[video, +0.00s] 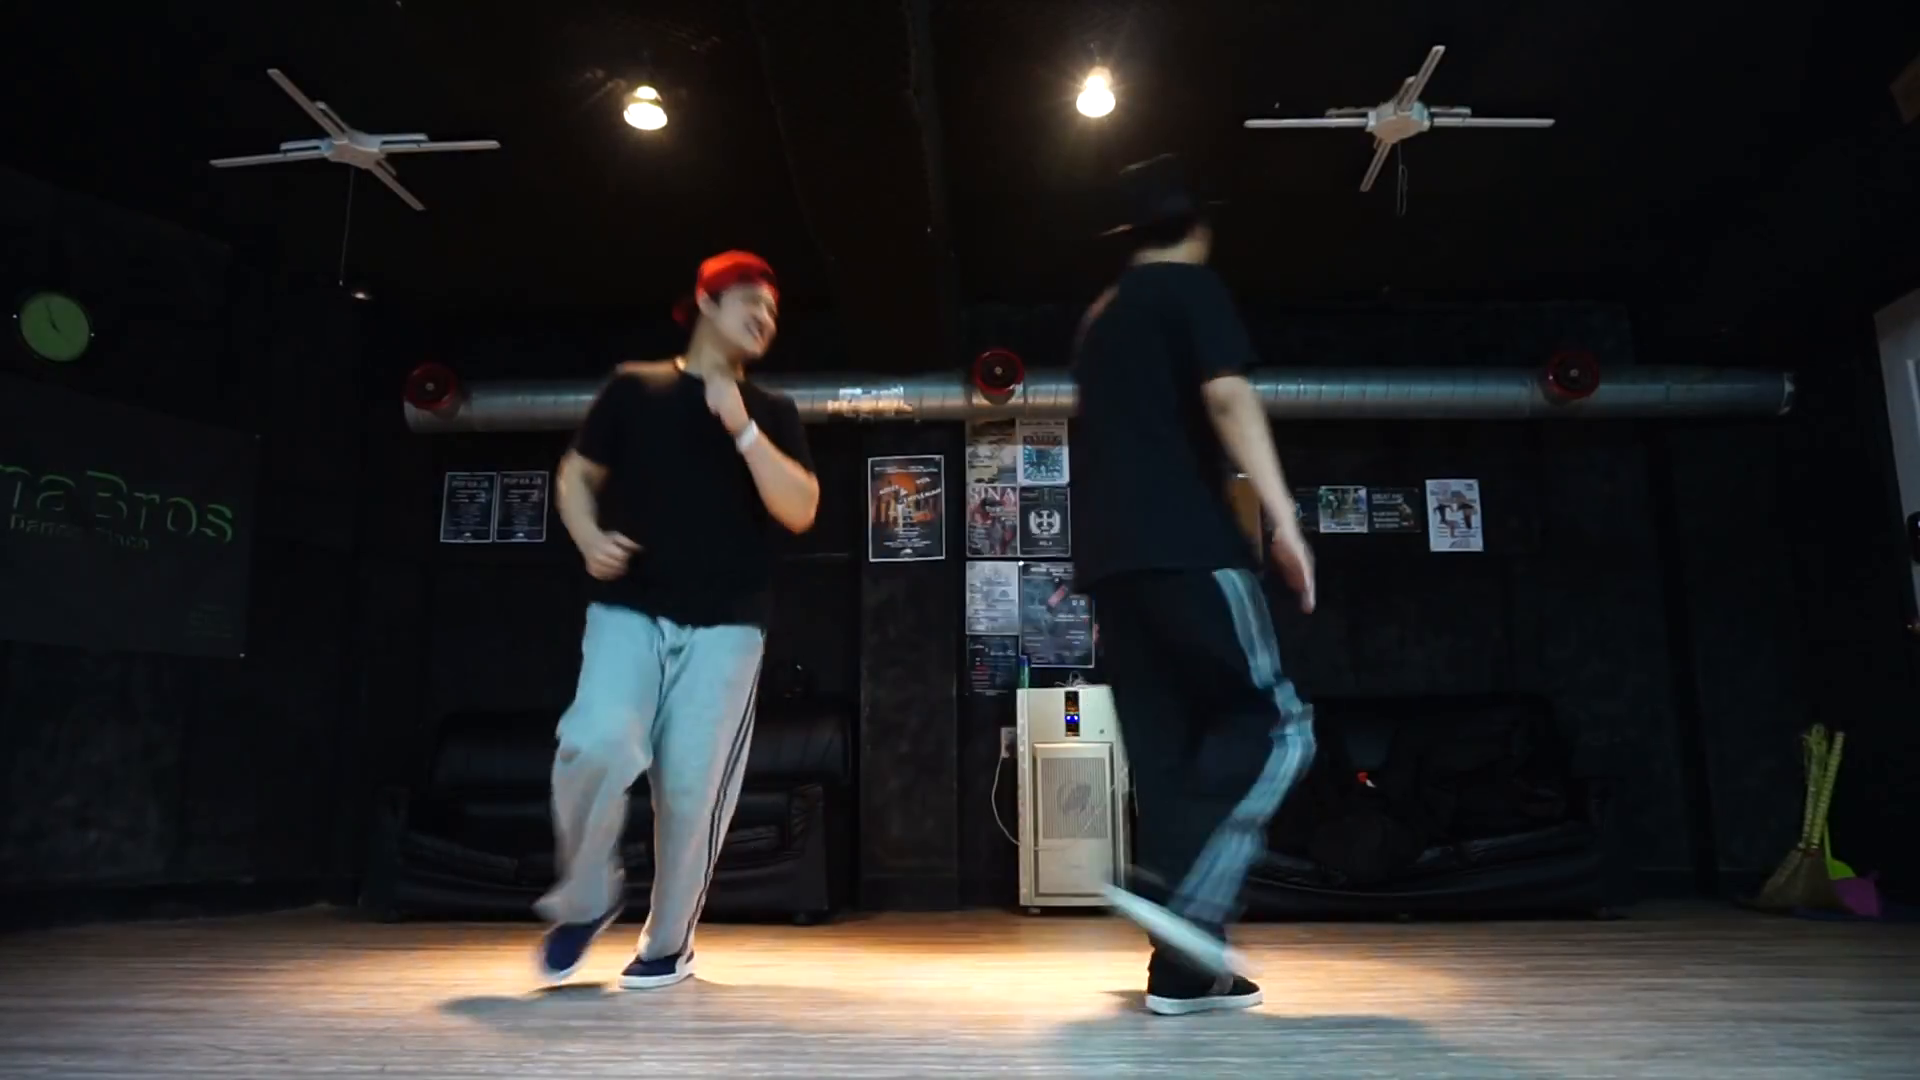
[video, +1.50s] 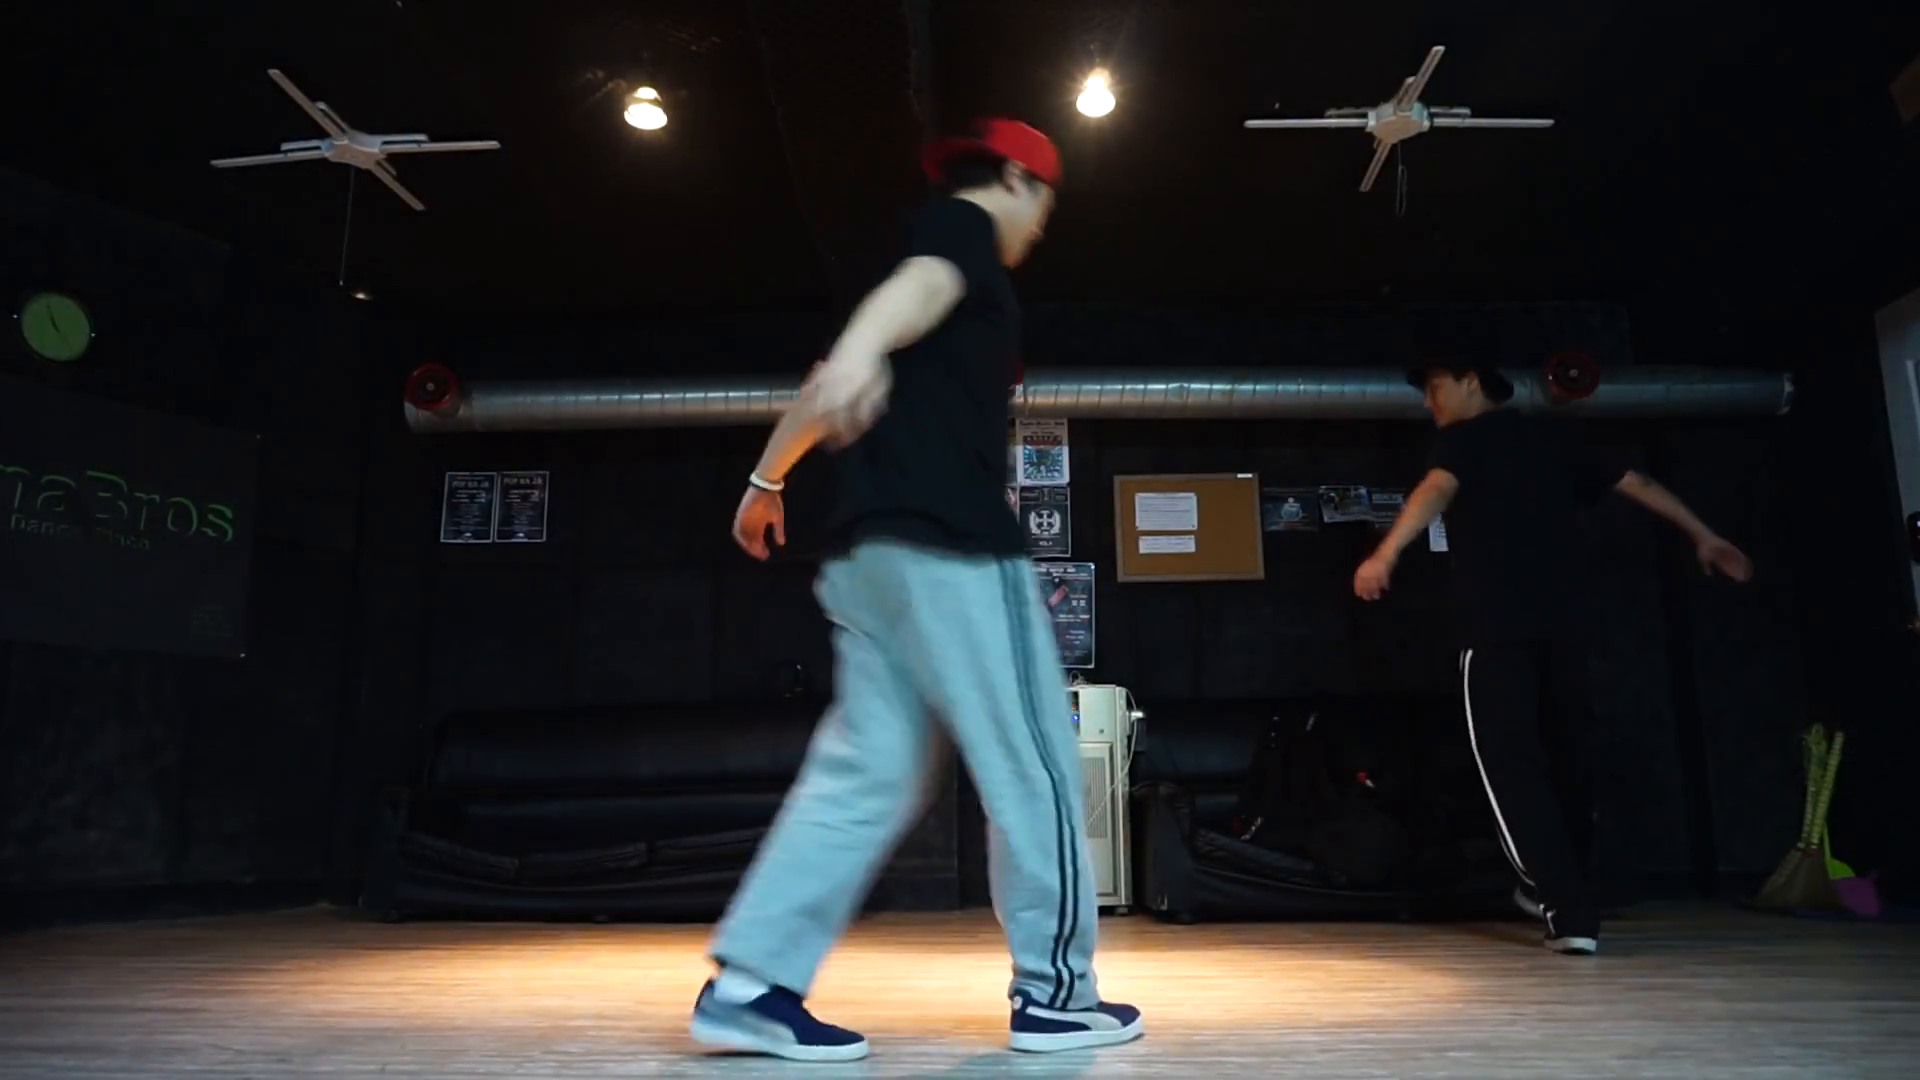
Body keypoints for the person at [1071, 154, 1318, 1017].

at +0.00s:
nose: (1208, 238)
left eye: (1199, 228)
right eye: (1206, 227)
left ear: (1133, 235)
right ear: (1196, 228)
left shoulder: (1105, 312)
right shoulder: (1192, 290)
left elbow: (1113, 443)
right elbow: (1229, 400)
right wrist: (1283, 518)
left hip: (1118, 560)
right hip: (1188, 551)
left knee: (1165, 750)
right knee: (1277, 723)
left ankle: (1183, 965)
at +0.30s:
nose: (1354, 299)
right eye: (1351, 289)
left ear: (1274, 282)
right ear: (1344, 286)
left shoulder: (1225, 363)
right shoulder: (1323, 334)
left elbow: (1158, 470)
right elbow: (1346, 387)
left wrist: (1113, 562)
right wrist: (1427, 464)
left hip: (1239, 600)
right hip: (1332, 593)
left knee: (1232, 762)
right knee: (1388, 760)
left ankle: (1190, 950)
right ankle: (1449, 934)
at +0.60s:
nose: (1347, 309)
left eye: (1348, 299)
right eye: (1355, 299)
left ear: (1355, 301)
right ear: (1420, 294)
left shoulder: (1322, 374)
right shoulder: (1450, 350)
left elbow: (1296, 485)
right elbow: (1545, 406)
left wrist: (1279, 563)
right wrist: (1660, 438)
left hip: (1358, 591)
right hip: (1442, 583)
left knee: (1391, 740)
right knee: (1462, 751)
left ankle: (1374, 876)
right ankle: (1455, 937)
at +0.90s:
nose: (1396, 363)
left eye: (1396, 353)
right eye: (1398, 353)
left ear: (1406, 350)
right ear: (1464, 341)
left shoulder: (1391, 420)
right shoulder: (1517, 395)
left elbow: (1401, 523)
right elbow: (1541, 502)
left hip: (1440, 612)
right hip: (1517, 605)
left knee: (1492, 761)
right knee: (1512, 761)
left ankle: (1569, 915)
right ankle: (1457, 924)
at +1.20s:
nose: (1422, 383)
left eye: (1424, 369)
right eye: (1422, 371)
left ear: (1446, 361)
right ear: (1486, 363)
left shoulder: (1430, 429)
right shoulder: (1548, 415)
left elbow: (1404, 522)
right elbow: (1604, 506)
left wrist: (1382, 613)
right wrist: (1644, 595)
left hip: (1485, 621)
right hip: (1566, 613)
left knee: (1512, 767)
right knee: (1586, 731)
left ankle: (1570, 921)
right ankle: (1607, 840)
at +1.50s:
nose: (1432, 406)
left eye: (1435, 390)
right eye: (1429, 394)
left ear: (1468, 381)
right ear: (1484, 382)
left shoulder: (1463, 439)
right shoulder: (1551, 435)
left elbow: (1436, 488)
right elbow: (1635, 484)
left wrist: (1384, 554)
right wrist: (1703, 536)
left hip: (1494, 629)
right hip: (1563, 624)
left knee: (1508, 765)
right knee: (1562, 752)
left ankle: (1571, 916)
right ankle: (1557, 892)